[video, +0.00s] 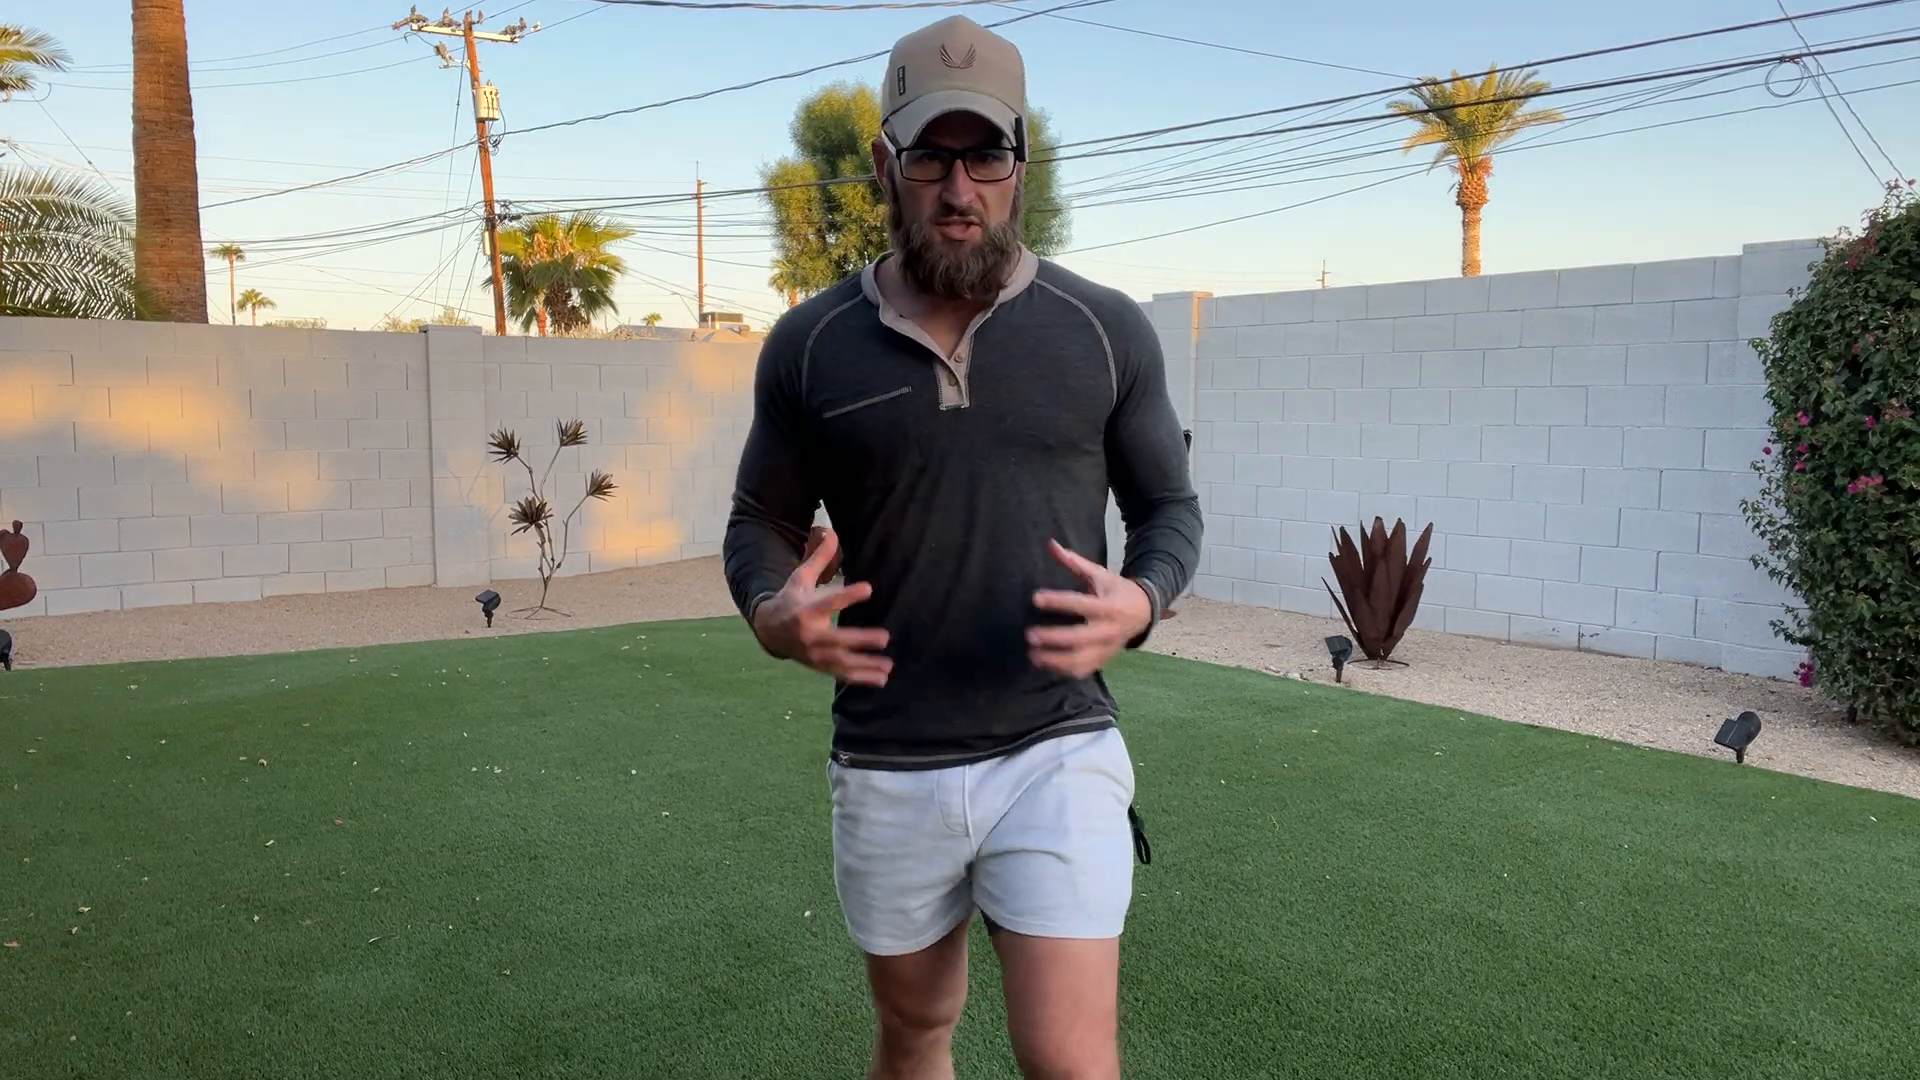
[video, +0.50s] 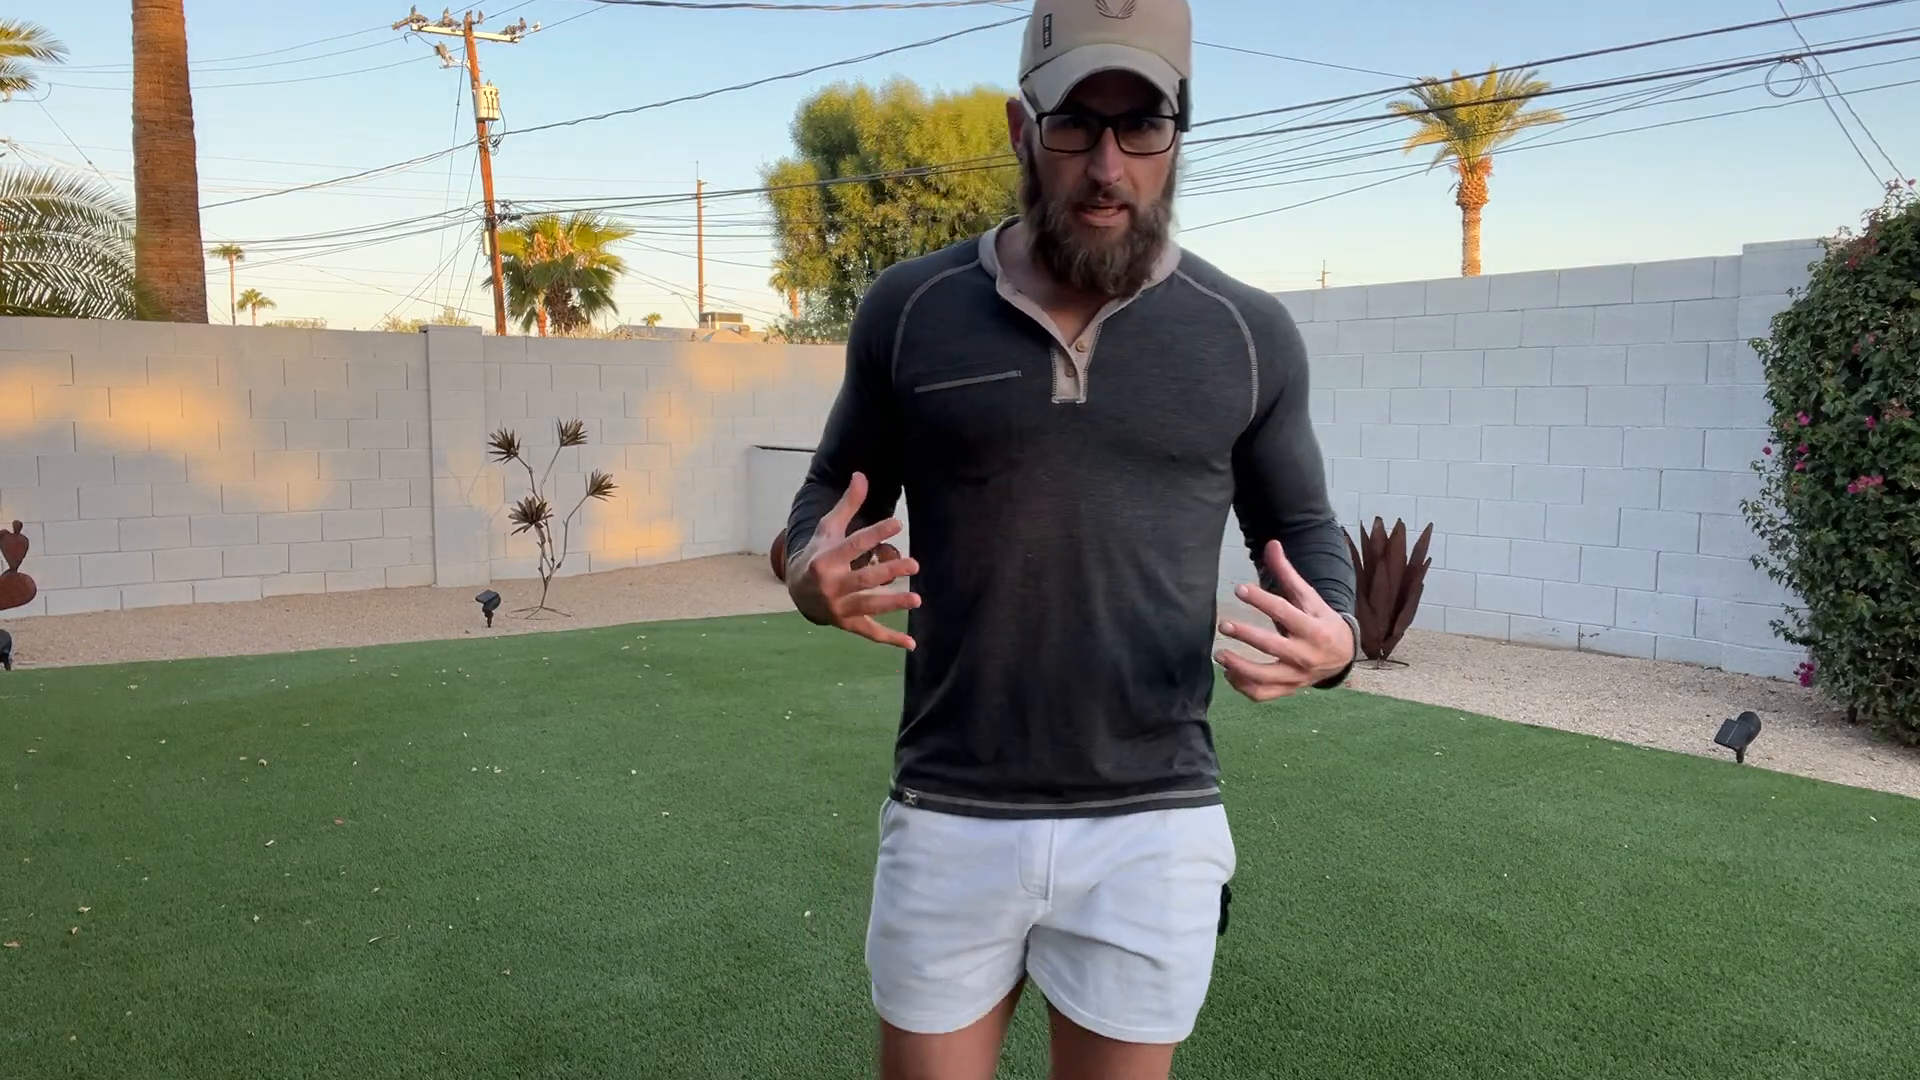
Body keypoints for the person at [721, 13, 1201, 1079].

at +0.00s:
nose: (960, 184)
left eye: (986, 155)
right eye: (932, 156)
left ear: (1020, 166)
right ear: (887, 168)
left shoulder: (1105, 331)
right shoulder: (811, 348)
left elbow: (1169, 507)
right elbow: (761, 523)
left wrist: (1143, 599)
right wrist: (775, 613)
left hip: (1062, 748)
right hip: (893, 763)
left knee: (1072, 1058)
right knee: (915, 1030)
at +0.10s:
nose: (976, 183)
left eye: (1004, 154)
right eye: (947, 153)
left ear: (1039, 168)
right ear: (901, 165)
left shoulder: (1125, 336)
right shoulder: (818, 347)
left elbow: (1190, 509)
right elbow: (756, 518)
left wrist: (1182, 597)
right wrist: (760, 602)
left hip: (1071, 773)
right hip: (895, 779)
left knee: (1069, 1066)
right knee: (916, 1043)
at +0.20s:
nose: (1000, 179)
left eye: (1030, 148)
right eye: (972, 147)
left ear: (1065, 160)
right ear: (928, 155)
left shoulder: (1149, 329)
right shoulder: (835, 333)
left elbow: (1216, 508)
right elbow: (767, 503)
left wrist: (1218, 600)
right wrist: (766, 572)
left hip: (1090, 780)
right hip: (909, 784)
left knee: (1076, 1069)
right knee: (921, 1050)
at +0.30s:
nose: (1033, 169)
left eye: (1065, 138)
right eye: (1003, 134)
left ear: (1100, 149)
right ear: (956, 140)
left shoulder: (1178, 328)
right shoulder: (856, 322)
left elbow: (1240, 519)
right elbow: (794, 497)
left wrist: (1252, 625)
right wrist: (785, 584)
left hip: (1112, 793)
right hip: (924, 794)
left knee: (1090, 1069)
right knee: (931, 1059)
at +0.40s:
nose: (1071, 166)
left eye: (1103, 134)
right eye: (1041, 131)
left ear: (1138, 148)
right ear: (991, 138)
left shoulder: (1214, 330)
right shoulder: (883, 318)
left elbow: (1269, 522)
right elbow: (816, 490)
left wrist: (1293, 629)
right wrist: (801, 580)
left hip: (1136, 806)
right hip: (938, 804)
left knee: (1108, 1067)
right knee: (933, 1064)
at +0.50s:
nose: (1107, 164)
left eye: (1139, 130)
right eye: (1075, 128)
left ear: (1176, 144)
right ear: (1025, 134)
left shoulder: (1251, 336)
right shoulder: (911, 311)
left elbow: (1301, 536)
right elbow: (836, 490)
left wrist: (1332, 640)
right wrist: (807, 572)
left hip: (1155, 821)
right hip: (951, 814)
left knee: (1125, 1063)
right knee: (928, 1062)